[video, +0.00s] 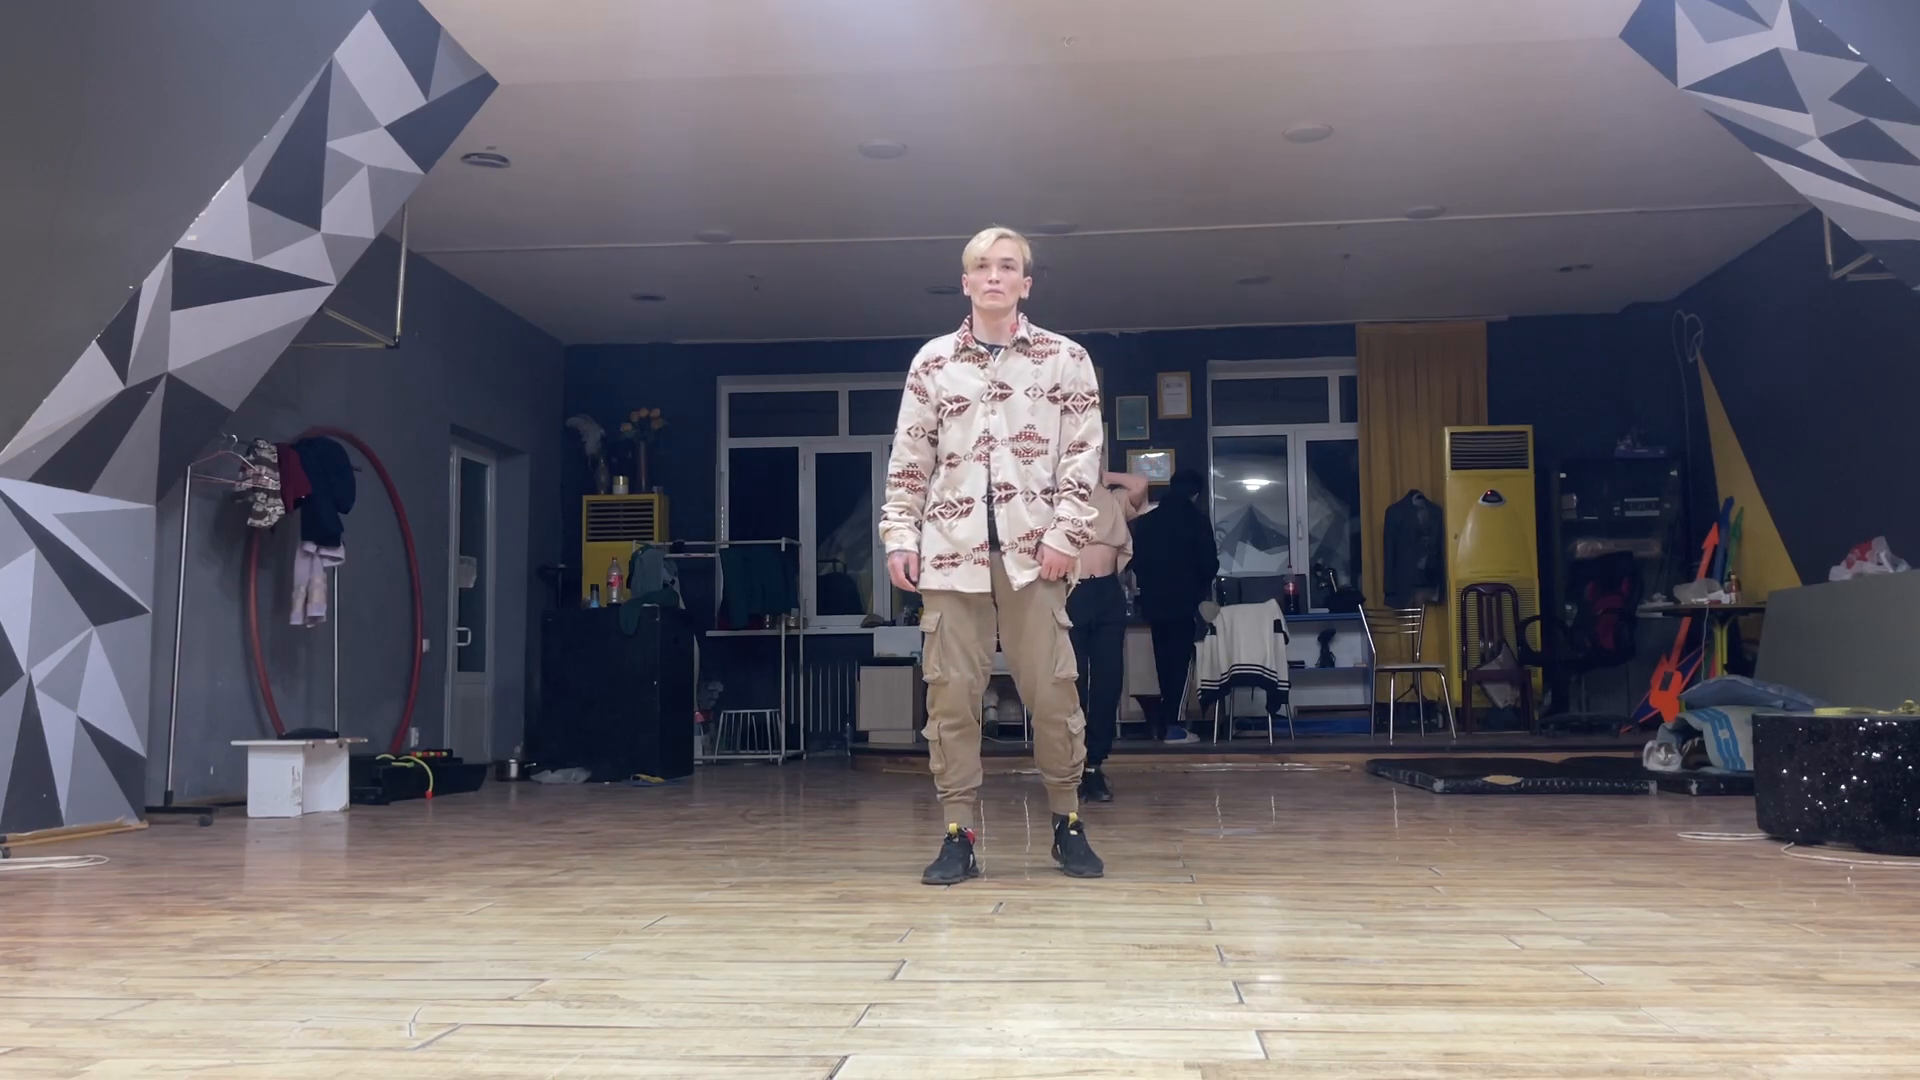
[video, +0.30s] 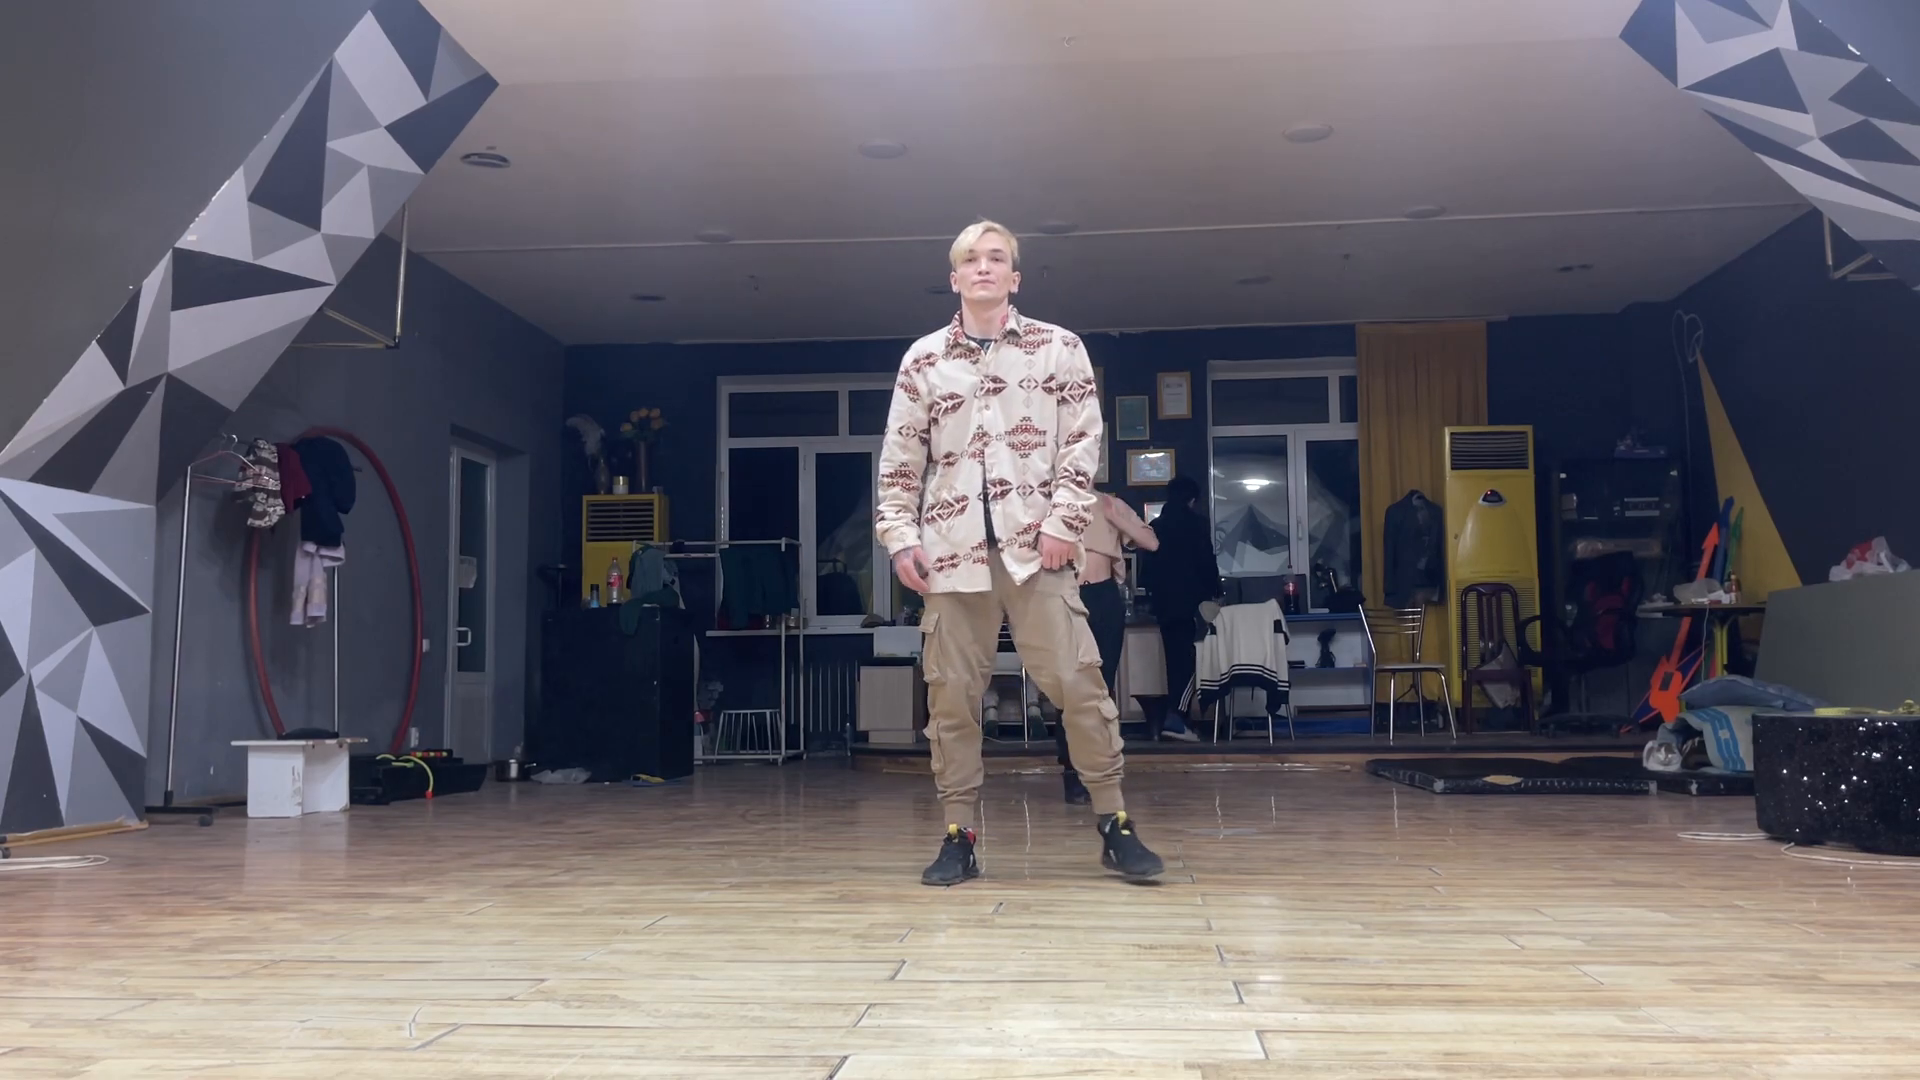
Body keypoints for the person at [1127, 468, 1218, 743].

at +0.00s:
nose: (1198, 498)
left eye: (1196, 493)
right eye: (1198, 493)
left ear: (1170, 488)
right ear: (1195, 493)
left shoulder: (1147, 519)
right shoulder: (1197, 519)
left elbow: (1137, 561)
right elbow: (1209, 563)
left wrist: (1150, 580)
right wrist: (1199, 587)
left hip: (1154, 597)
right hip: (1184, 597)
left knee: (1163, 658)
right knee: (1179, 659)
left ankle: (1167, 723)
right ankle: (1172, 726)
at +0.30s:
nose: (1197, 504)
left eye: (1195, 500)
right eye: (1196, 500)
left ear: (1169, 497)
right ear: (1191, 500)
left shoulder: (1155, 526)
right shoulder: (1196, 523)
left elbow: (1147, 566)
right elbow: (1205, 560)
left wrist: (1152, 589)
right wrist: (1213, 591)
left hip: (1163, 597)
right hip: (1188, 597)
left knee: (1173, 657)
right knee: (1187, 658)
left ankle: (1176, 719)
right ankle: (1175, 717)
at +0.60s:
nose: (1195, 506)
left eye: (1192, 503)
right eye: (1195, 502)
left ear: (1170, 501)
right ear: (1192, 502)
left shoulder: (1159, 528)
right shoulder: (1195, 523)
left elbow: (1158, 568)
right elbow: (1203, 560)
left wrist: (1165, 591)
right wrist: (1217, 589)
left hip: (1167, 599)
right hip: (1191, 598)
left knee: (1176, 655)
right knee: (1190, 654)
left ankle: (1179, 711)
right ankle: (1185, 714)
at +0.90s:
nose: (1195, 508)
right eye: (1195, 504)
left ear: (1172, 503)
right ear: (1193, 503)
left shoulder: (1161, 530)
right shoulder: (1196, 525)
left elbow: (1161, 567)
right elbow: (1202, 561)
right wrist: (1215, 586)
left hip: (1169, 598)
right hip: (1192, 597)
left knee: (1180, 656)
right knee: (1190, 654)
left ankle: (1181, 713)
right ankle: (1192, 716)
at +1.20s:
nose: (1204, 510)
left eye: (1203, 507)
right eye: (1203, 507)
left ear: (1178, 505)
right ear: (1198, 505)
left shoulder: (1166, 532)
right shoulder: (1199, 523)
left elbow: (1164, 566)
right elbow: (1203, 559)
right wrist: (1214, 585)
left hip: (1173, 600)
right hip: (1195, 599)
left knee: (1183, 659)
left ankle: (1183, 721)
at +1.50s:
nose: (1219, 514)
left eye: (1220, 510)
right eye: (1218, 509)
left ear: (1193, 505)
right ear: (1210, 506)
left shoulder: (1176, 533)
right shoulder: (1211, 522)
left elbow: (1174, 574)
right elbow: (1216, 560)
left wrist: (1179, 598)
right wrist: (1225, 591)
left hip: (1181, 602)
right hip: (1206, 600)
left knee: (1188, 659)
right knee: (1217, 656)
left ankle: (1184, 719)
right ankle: (1225, 717)